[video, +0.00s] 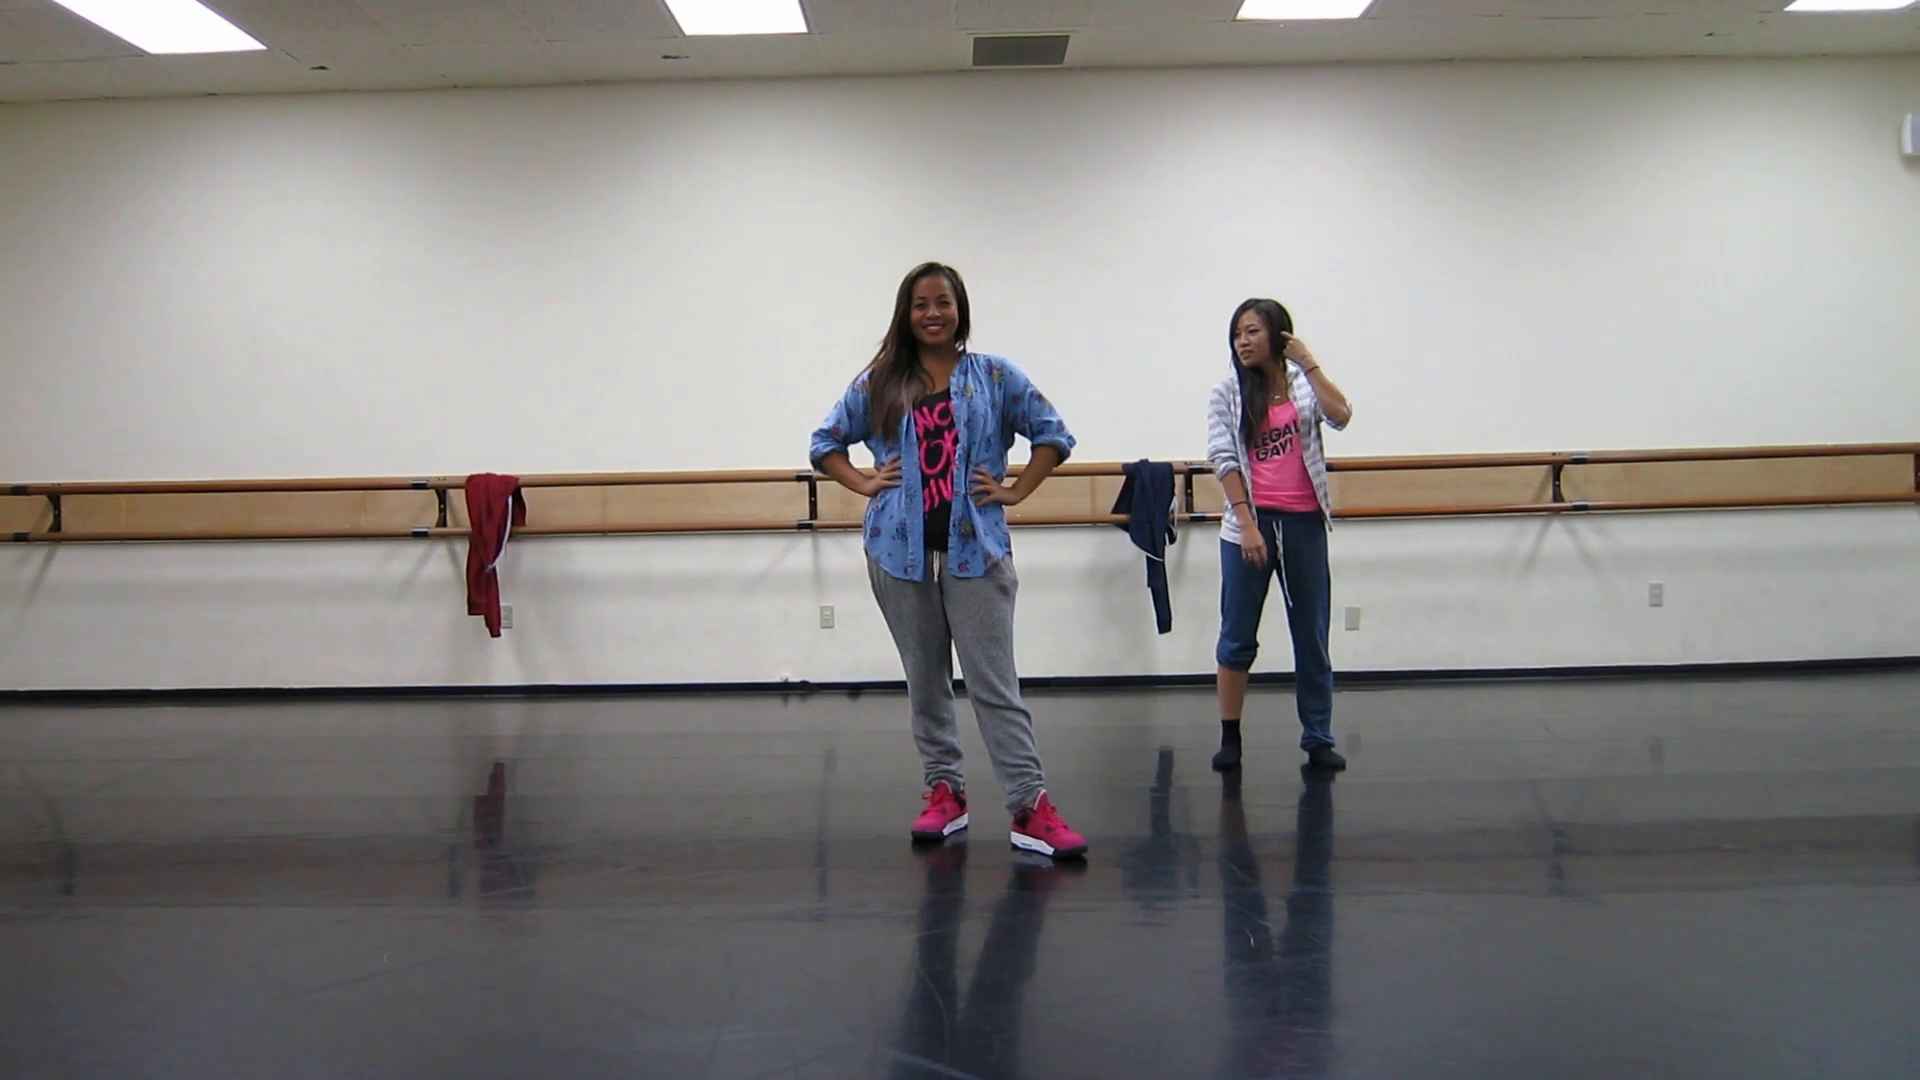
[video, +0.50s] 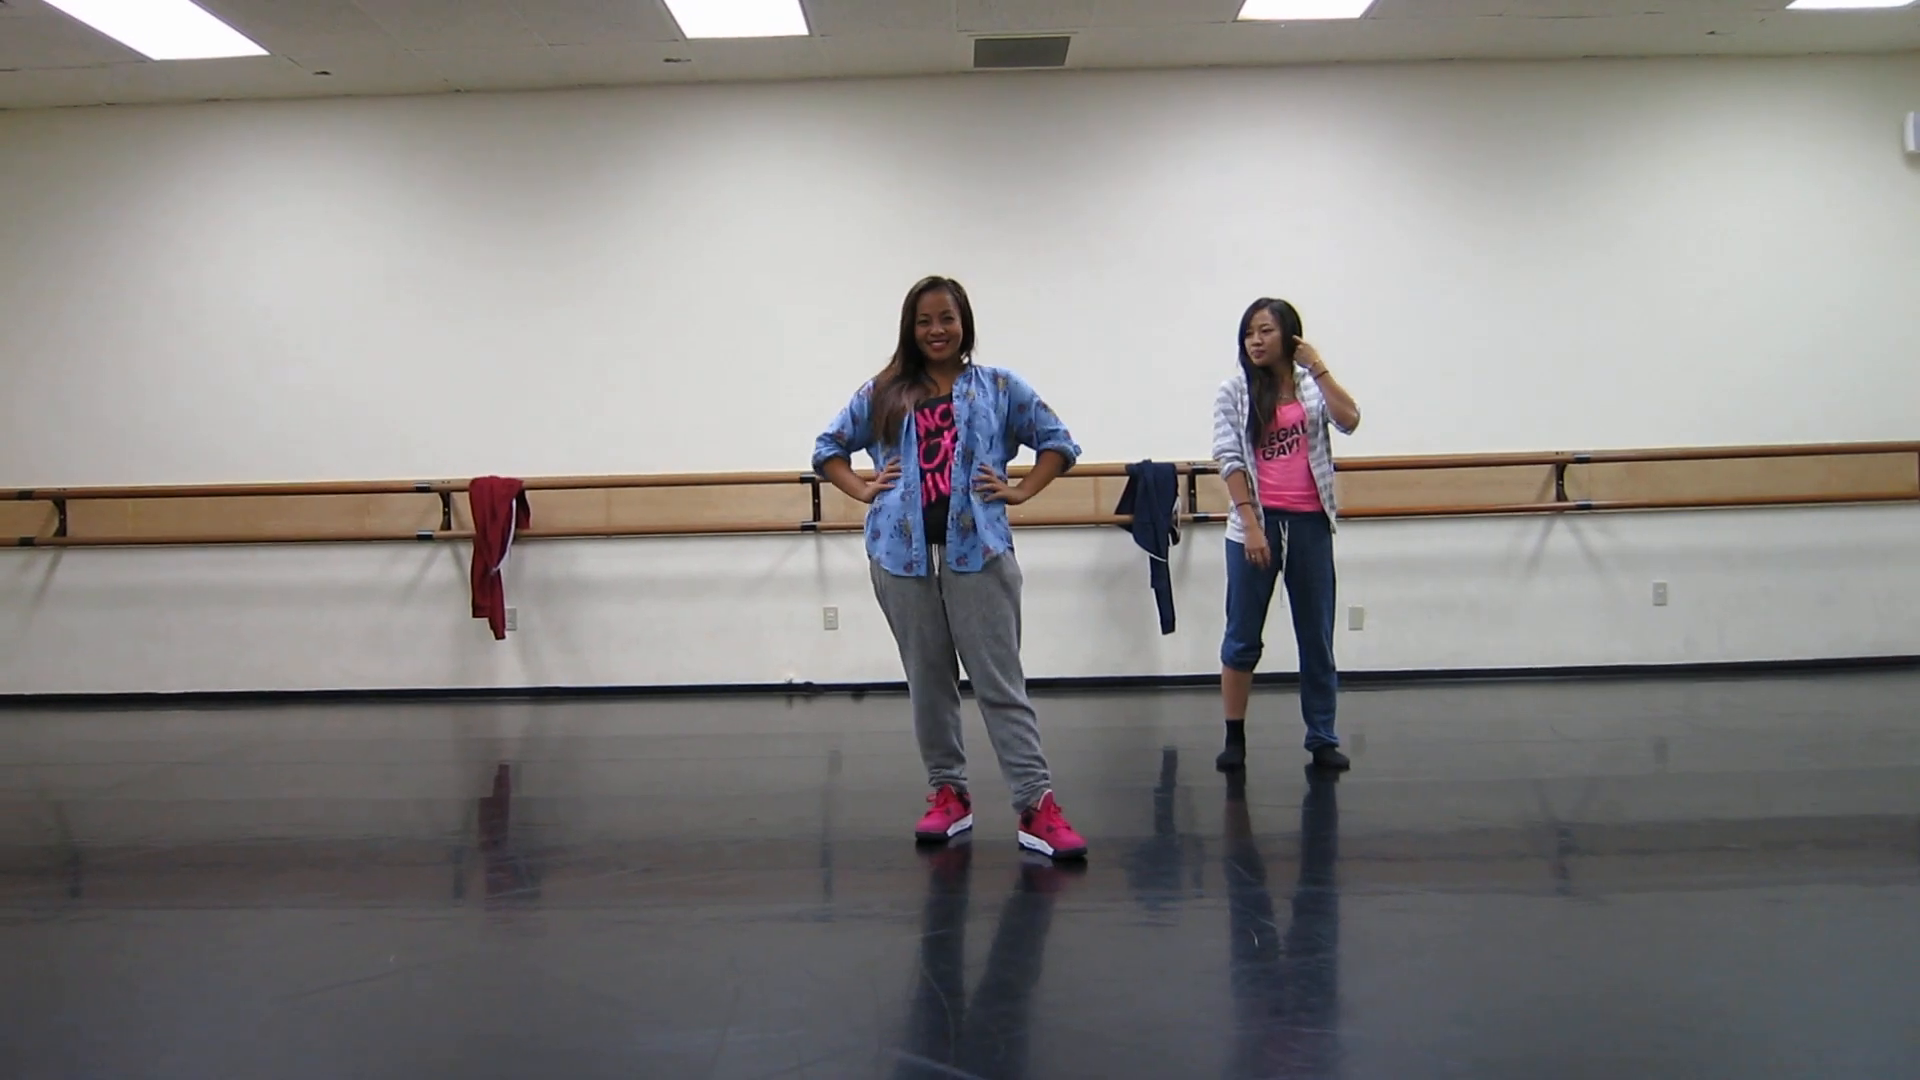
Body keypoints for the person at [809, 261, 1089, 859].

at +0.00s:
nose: (934, 312)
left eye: (944, 302)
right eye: (922, 304)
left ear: (962, 310)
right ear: (905, 314)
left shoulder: (995, 375)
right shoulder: (879, 384)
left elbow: (1054, 434)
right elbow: (823, 443)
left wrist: (1016, 490)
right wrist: (861, 481)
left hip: (975, 552)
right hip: (900, 555)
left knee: (995, 683)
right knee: (926, 682)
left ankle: (1030, 808)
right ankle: (944, 794)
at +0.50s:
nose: (936, 329)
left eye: (947, 318)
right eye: (925, 320)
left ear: (965, 323)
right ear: (909, 328)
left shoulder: (998, 386)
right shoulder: (883, 394)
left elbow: (1060, 443)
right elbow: (826, 450)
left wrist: (1024, 487)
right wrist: (857, 486)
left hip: (978, 555)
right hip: (902, 559)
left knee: (1001, 685)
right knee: (928, 683)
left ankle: (1036, 807)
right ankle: (947, 796)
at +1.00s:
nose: (949, 354)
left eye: (960, 343)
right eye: (938, 345)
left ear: (977, 351)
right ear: (922, 354)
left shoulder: (1006, 411)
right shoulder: (893, 420)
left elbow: (1070, 464)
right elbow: (837, 475)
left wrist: (1033, 495)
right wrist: (873, 507)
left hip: (995, 556)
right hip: (917, 562)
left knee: (1021, 681)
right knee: (941, 685)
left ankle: (1056, 807)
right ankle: (960, 798)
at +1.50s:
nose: (942, 312)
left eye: (951, 303)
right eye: (931, 307)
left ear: (971, 315)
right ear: (916, 324)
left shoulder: (1006, 383)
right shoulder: (890, 392)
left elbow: (1068, 438)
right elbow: (834, 450)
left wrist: (1043, 485)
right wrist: (876, 493)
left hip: (1003, 548)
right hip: (926, 556)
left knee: (1025, 677)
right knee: (952, 682)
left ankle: (1055, 799)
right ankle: (965, 794)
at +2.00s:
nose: (941, 288)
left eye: (951, 279)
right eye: (930, 281)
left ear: (971, 291)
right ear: (914, 297)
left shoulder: (1006, 358)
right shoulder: (887, 371)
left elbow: (1063, 421)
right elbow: (844, 442)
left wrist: (1040, 485)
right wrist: (877, 494)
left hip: (1001, 540)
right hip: (923, 549)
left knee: (1020, 673)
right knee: (946, 680)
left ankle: (1048, 793)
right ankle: (959, 793)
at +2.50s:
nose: (941, 288)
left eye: (952, 278)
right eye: (929, 280)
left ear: (970, 289)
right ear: (912, 293)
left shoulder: (1001, 363)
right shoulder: (883, 366)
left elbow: (1024, 452)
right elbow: (861, 448)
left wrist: (1044, 520)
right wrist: (862, 515)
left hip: (987, 547)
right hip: (910, 551)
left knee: (994, 676)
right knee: (930, 679)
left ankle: (1027, 792)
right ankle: (948, 791)